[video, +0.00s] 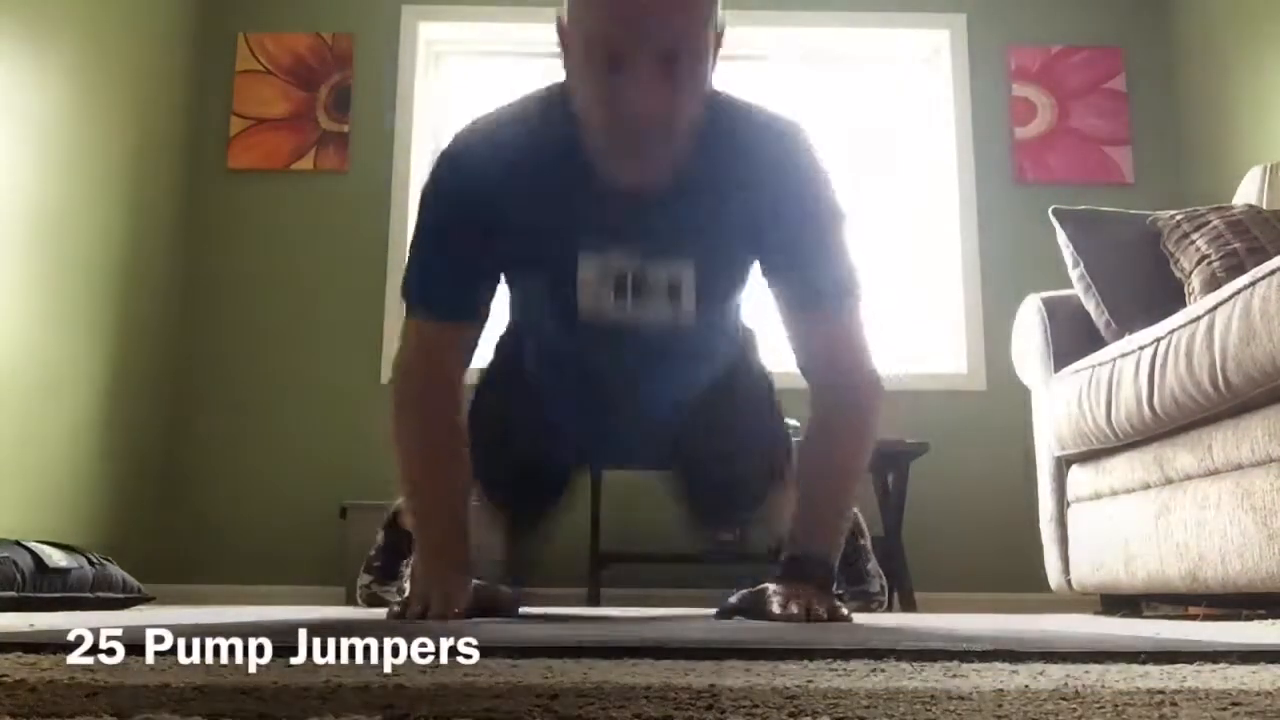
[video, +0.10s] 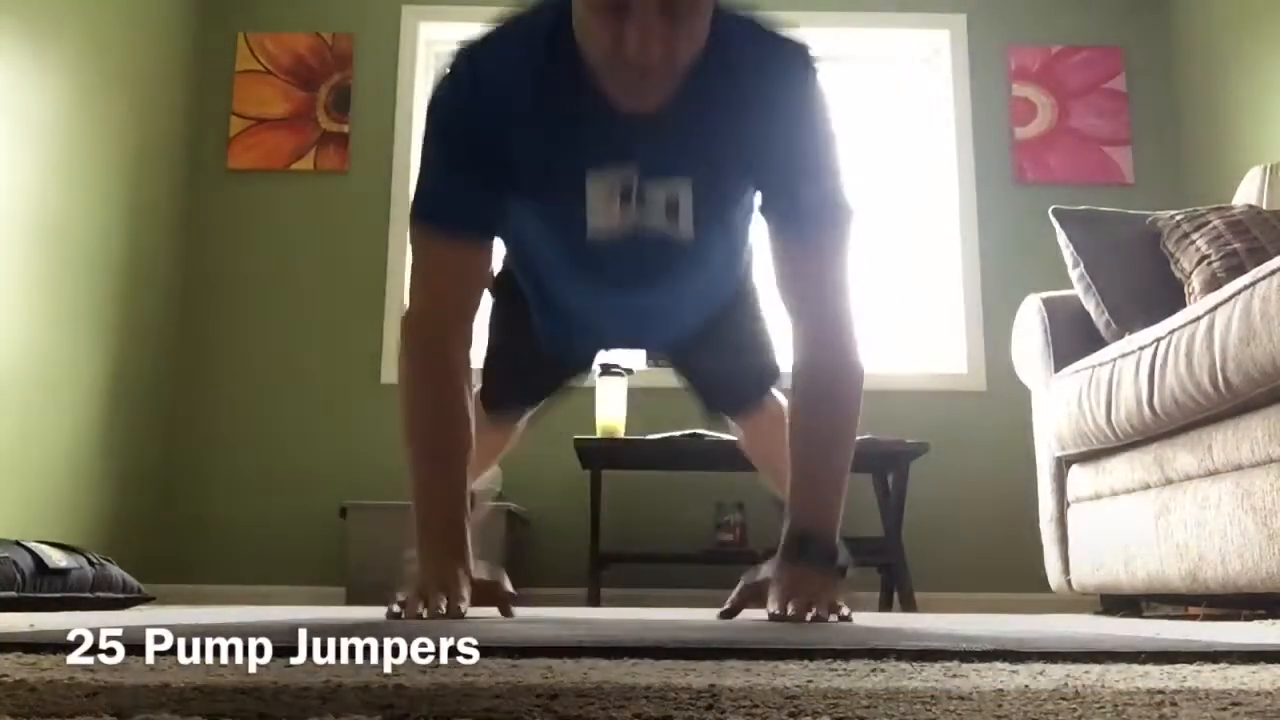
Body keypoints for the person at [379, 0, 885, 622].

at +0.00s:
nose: (641, 100)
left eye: (671, 62)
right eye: (611, 63)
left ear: (717, 51)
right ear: (564, 46)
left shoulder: (771, 162)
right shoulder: (485, 165)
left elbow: (847, 382)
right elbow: (426, 374)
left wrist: (810, 572)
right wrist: (441, 583)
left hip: (706, 395)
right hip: (546, 393)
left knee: (765, 532)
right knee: (478, 542)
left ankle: (837, 536)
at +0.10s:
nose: (642, 44)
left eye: (675, 12)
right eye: (612, 10)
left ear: (714, 7)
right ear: (574, 4)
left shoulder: (774, 82)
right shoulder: (488, 86)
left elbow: (826, 332)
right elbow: (436, 324)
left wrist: (811, 547)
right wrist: (440, 552)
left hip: (706, 302)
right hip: (548, 301)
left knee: (761, 412)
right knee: (488, 422)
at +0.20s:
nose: (639, 40)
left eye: (670, 6)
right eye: (608, 5)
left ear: (711, 1)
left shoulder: (773, 39)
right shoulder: (484, 57)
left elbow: (851, 295)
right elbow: (412, 293)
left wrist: (856, 495)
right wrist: (412, 498)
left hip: (698, 280)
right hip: (558, 282)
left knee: (720, 394)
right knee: (545, 395)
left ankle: (729, 466)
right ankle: (530, 464)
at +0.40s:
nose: (622, 292)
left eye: (650, 262)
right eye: (592, 263)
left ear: (692, 219)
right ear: (547, 226)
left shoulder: (772, 239)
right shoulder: (468, 243)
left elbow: (945, 383)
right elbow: (330, 384)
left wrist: (939, 574)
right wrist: (328, 580)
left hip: (690, 420)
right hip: (566, 422)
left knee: (670, 501)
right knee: (589, 497)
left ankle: (659, 537)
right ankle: (594, 536)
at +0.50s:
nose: (628, 460)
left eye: (655, 441)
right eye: (600, 439)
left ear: (703, 362)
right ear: (548, 364)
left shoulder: (781, 341)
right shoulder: (470, 335)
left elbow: (977, 385)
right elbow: (315, 386)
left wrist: (946, 575)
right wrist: (328, 581)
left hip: (698, 528)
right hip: (548, 528)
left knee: (675, 564)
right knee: (552, 577)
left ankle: (660, 578)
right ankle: (570, 572)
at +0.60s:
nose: (624, 575)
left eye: (658, 557)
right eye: (587, 557)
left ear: (713, 461)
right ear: (535, 455)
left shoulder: (793, 403)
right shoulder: (475, 388)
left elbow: (977, 382)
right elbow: (317, 379)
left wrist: (944, 576)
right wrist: (330, 576)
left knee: (683, 573)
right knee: (553, 569)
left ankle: (693, 577)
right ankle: (540, 571)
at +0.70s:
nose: (626, 609)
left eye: (658, 579)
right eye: (594, 577)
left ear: (717, 467)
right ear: (537, 465)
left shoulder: (797, 413)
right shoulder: (479, 397)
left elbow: (974, 381)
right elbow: (314, 375)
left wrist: (942, 576)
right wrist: (331, 576)